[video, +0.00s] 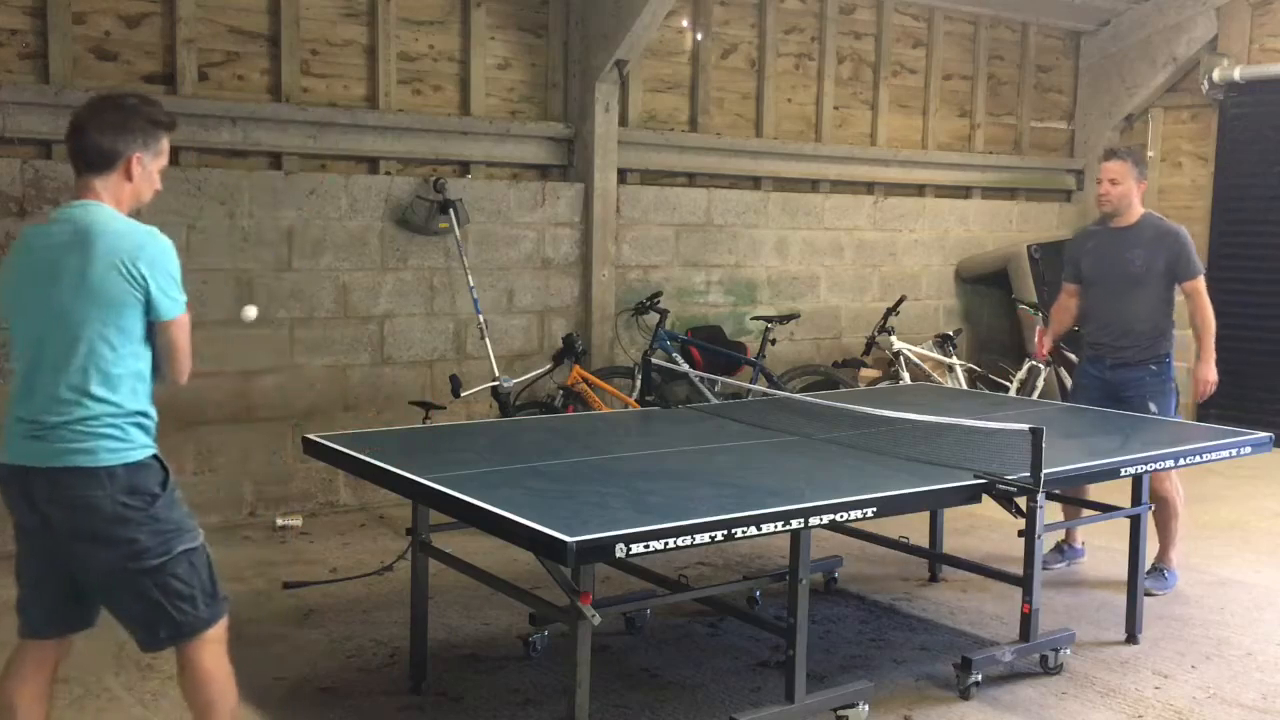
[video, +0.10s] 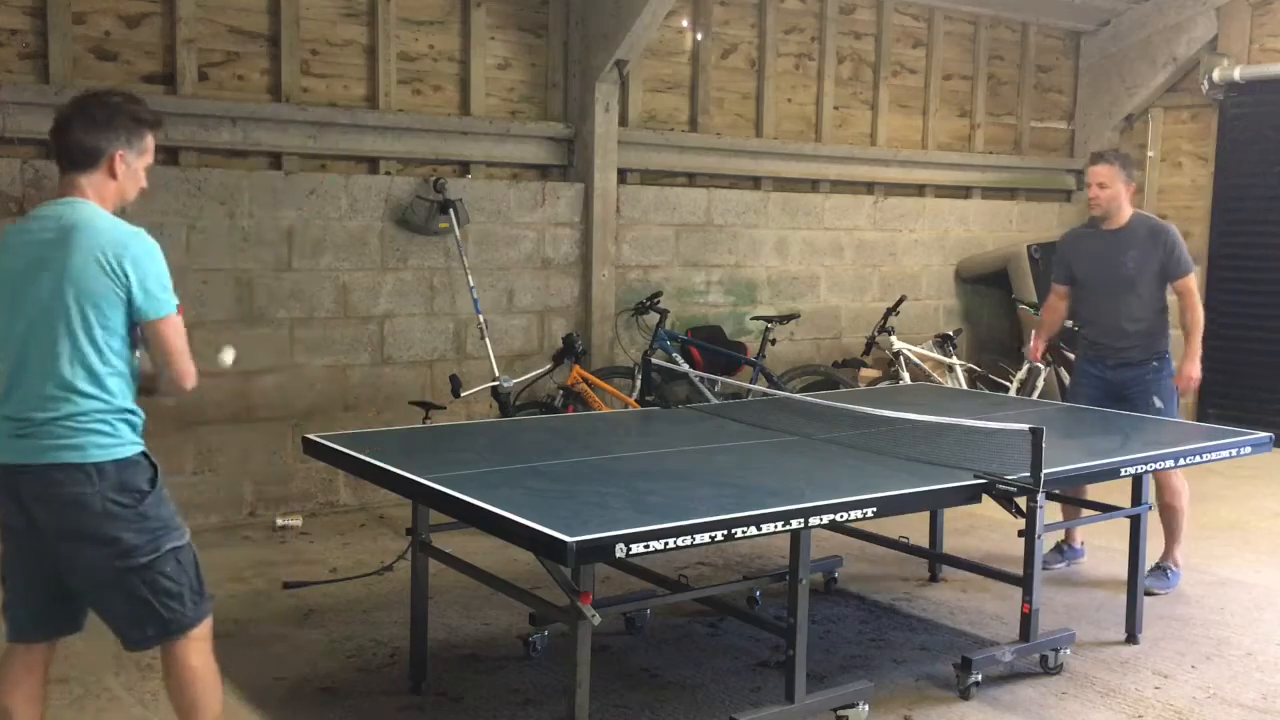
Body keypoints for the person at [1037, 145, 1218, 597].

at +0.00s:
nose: (1102, 190)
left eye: (1113, 182)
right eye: (1100, 182)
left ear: (1139, 187)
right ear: (1098, 187)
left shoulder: (1169, 237)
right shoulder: (1084, 241)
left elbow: (1197, 298)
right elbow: (1068, 299)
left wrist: (1206, 359)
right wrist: (1050, 331)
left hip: (1148, 373)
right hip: (1092, 370)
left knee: (1159, 476)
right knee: (1070, 458)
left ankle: (1165, 562)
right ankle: (1071, 542)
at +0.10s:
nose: (1091, 194)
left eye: (1101, 186)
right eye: (1088, 187)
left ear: (1128, 190)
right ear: (1086, 191)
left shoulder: (1160, 236)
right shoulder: (1073, 243)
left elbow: (1190, 299)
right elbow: (1057, 300)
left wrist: (1192, 358)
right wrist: (1042, 335)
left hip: (1147, 370)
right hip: (1090, 369)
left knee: (1164, 466)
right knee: (1071, 455)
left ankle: (1171, 559)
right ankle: (1071, 542)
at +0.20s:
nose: (1086, 198)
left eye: (1096, 190)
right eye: (1083, 190)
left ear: (1123, 191)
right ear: (1080, 194)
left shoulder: (1157, 237)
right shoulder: (1068, 244)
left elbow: (1184, 297)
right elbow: (1051, 301)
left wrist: (1178, 354)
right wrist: (1034, 340)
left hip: (1146, 370)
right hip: (1089, 369)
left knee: (1167, 462)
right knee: (1071, 456)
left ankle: (1178, 556)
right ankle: (1070, 542)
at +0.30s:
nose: (1087, 201)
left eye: (1096, 193)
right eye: (1083, 193)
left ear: (1123, 193)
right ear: (1081, 196)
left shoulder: (1158, 238)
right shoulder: (1069, 245)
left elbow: (1184, 295)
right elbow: (1049, 302)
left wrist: (1173, 353)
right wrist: (1034, 339)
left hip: (1147, 371)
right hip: (1089, 370)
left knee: (1171, 465)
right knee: (1071, 458)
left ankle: (1182, 555)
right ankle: (1070, 543)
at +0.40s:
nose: (1091, 204)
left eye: (1100, 196)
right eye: (1087, 196)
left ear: (1128, 196)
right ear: (1085, 199)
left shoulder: (1163, 240)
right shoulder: (1074, 246)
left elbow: (1191, 298)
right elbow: (1048, 299)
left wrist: (1175, 354)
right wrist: (1033, 339)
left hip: (1149, 372)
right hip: (1091, 371)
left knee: (1170, 465)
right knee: (1070, 456)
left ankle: (1183, 555)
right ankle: (1070, 543)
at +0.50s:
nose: (1097, 210)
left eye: (1106, 202)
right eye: (1093, 201)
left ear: (1133, 199)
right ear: (1088, 201)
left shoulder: (1167, 241)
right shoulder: (1074, 248)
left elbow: (1197, 297)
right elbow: (1047, 297)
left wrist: (1188, 354)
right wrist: (1050, 335)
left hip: (1151, 377)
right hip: (1090, 378)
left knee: (1170, 467)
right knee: (1069, 461)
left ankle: (1183, 556)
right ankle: (1070, 542)